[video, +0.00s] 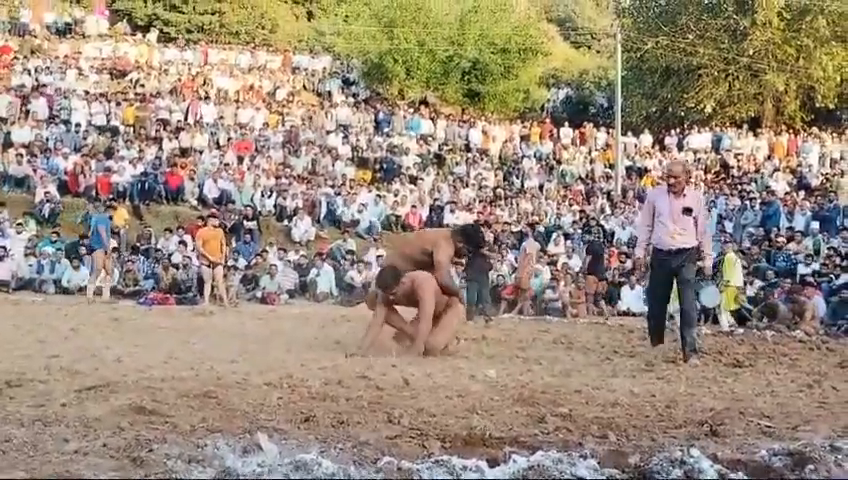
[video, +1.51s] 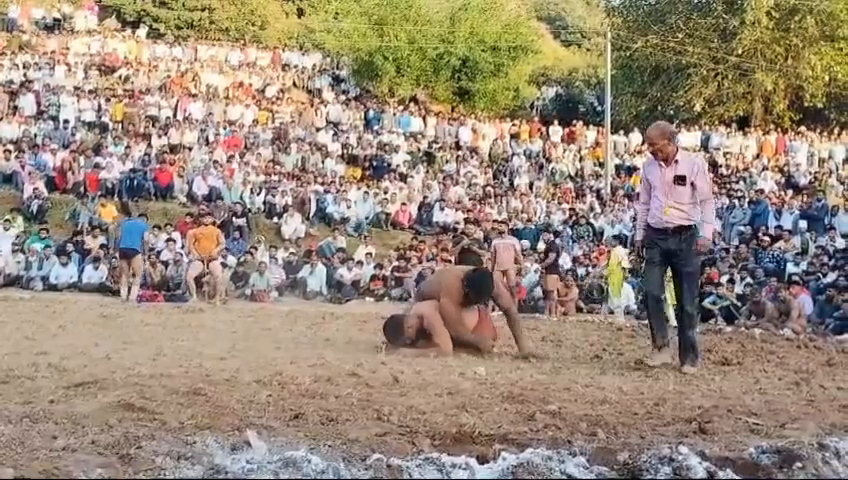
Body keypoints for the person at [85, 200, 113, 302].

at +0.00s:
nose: (114, 214)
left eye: (115, 212)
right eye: (113, 211)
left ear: (109, 211)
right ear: (110, 210)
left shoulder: (107, 221)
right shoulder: (101, 218)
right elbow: (102, 232)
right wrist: (107, 247)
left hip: (105, 247)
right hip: (97, 247)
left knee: (109, 272)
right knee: (97, 270)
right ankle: (90, 294)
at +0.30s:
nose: (123, 221)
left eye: (124, 219)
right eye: (123, 218)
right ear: (119, 216)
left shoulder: (104, 223)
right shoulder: (113, 223)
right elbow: (112, 236)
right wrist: (118, 249)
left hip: (105, 251)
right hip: (110, 252)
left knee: (112, 274)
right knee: (116, 273)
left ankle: (110, 298)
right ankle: (99, 290)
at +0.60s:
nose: (133, 219)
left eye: (133, 217)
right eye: (133, 216)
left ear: (124, 214)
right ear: (130, 215)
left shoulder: (116, 223)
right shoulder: (126, 223)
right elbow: (125, 236)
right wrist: (132, 249)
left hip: (113, 250)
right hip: (122, 251)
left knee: (115, 276)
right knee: (130, 274)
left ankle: (109, 298)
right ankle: (133, 298)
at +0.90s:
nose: (143, 221)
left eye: (143, 219)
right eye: (142, 219)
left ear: (129, 216)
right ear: (140, 218)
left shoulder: (121, 225)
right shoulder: (140, 226)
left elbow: (115, 238)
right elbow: (144, 240)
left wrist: (115, 249)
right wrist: (147, 254)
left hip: (122, 250)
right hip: (134, 251)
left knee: (123, 275)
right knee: (138, 277)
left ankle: (113, 293)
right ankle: (136, 299)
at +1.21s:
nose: (149, 220)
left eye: (149, 218)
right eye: (149, 218)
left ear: (139, 215)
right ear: (148, 217)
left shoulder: (127, 221)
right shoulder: (148, 225)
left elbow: (120, 234)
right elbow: (150, 240)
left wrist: (119, 247)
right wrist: (152, 254)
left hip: (125, 248)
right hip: (138, 249)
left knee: (125, 273)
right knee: (137, 276)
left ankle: (124, 296)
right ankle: (135, 299)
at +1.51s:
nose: (146, 223)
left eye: (146, 221)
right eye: (146, 221)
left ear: (137, 217)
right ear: (145, 219)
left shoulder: (125, 222)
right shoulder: (144, 226)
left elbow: (118, 235)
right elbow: (145, 240)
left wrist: (117, 247)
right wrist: (146, 254)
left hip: (122, 247)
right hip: (135, 249)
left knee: (124, 274)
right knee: (137, 275)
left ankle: (123, 296)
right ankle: (133, 297)